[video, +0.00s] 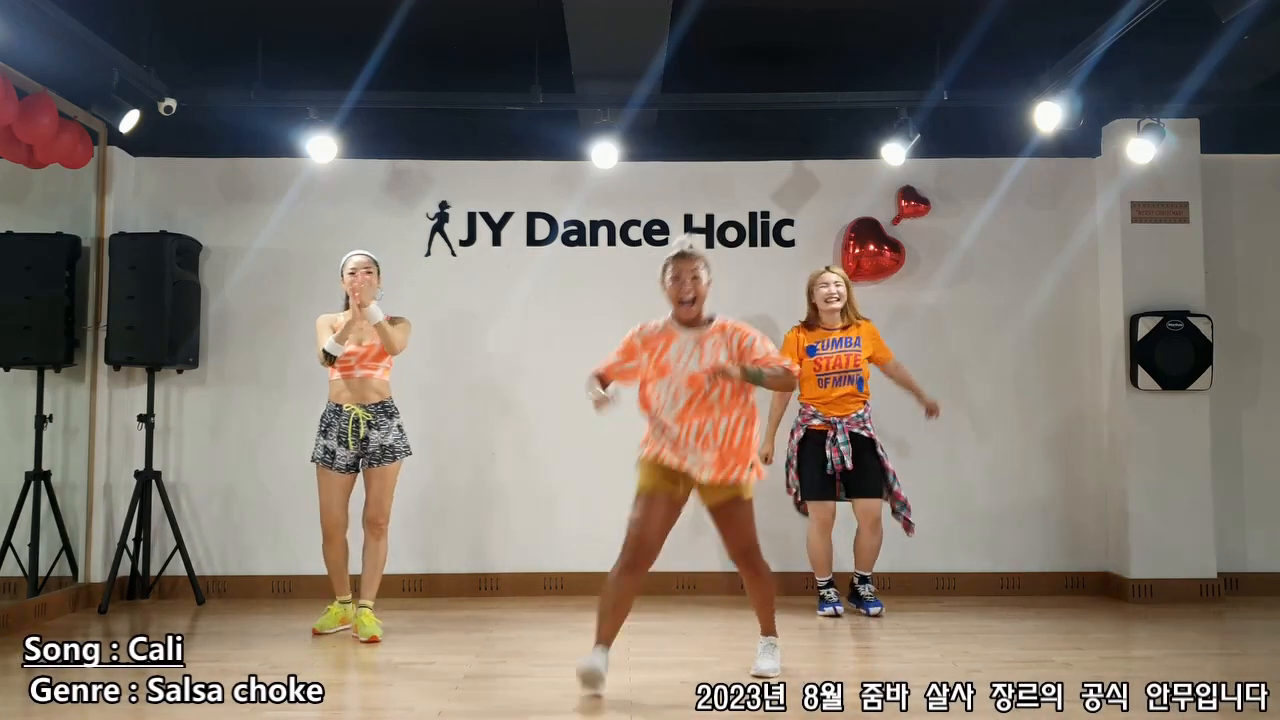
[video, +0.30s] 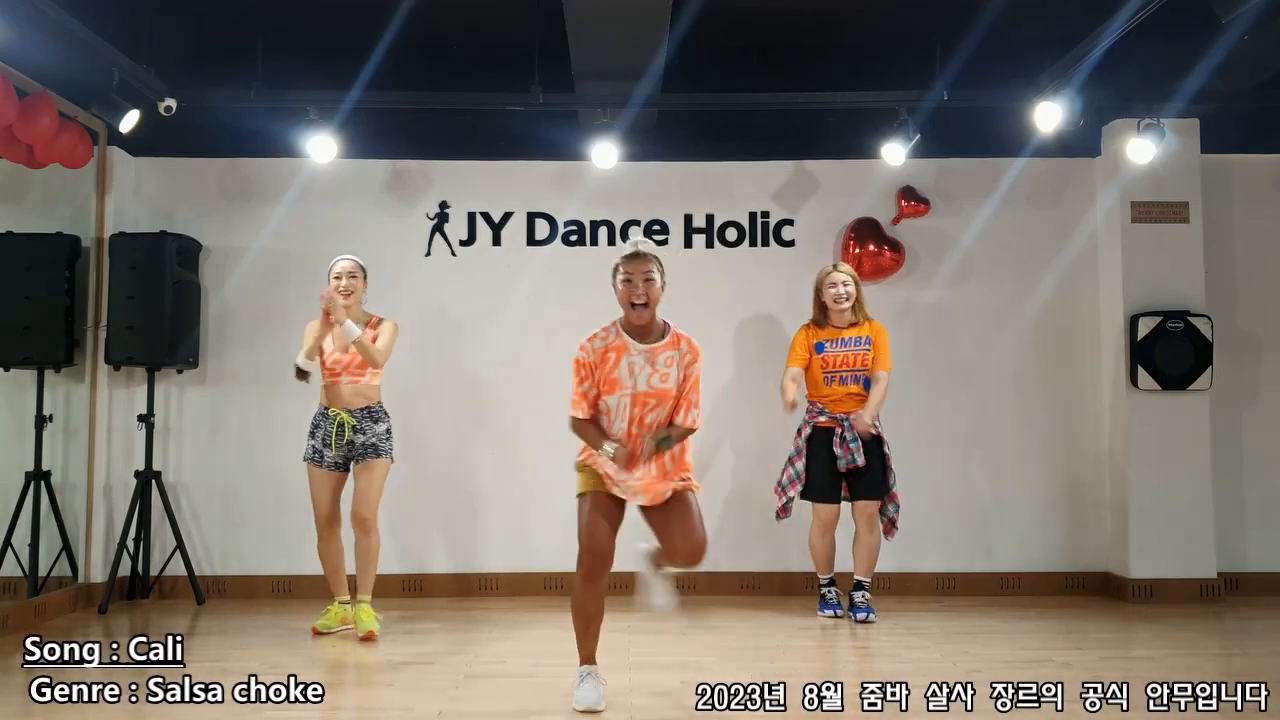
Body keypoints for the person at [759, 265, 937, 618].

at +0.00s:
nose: (832, 289)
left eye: (838, 284)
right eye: (824, 285)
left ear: (847, 292)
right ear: (812, 295)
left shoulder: (864, 331)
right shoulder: (797, 337)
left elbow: (892, 367)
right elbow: (782, 390)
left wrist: (923, 397)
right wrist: (768, 436)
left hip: (857, 431)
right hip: (814, 432)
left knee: (871, 514)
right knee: (822, 514)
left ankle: (863, 586)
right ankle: (826, 590)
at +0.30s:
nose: (840, 289)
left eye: (846, 283)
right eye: (832, 285)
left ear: (856, 291)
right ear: (821, 295)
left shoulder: (874, 331)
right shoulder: (807, 334)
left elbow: (881, 380)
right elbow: (793, 373)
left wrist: (868, 413)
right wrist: (789, 393)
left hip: (863, 431)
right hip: (822, 432)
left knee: (868, 515)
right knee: (826, 516)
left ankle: (861, 592)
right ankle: (827, 590)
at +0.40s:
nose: (843, 287)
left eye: (848, 281)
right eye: (835, 283)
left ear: (859, 289)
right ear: (824, 293)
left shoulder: (877, 329)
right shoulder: (809, 332)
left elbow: (885, 377)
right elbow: (787, 382)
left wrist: (855, 382)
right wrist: (795, 371)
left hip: (865, 429)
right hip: (822, 430)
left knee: (867, 514)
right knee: (823, 512)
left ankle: (861, 592)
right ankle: (828, 584)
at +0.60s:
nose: (839, 286)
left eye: (845, 281)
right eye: (831, 283)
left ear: (857, 288)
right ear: (821, 292)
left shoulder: (873, 323)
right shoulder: (809, 331)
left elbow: (878, 353)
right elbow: (767, 366)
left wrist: (838, 327)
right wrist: (772, 345)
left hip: (865, 428)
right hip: (822, 429)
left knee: (867, 514)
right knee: (819, 510)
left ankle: (861, 592)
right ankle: (829, 590)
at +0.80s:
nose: (819, 290)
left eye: (825, 284)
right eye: (811, 286)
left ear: (836, 291)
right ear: (800, 296)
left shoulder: (854, 324)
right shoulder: (795, 338)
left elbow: (873, 363)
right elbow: (765, 383)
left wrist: (826, 354)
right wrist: (765, 365)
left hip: (865, 428)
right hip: (823, 431)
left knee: (872, 513)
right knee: (822, 514)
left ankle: (863, 593)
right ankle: (830, 593)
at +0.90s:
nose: (812, 294)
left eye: (818, 288)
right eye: (804, 290)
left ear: (828, 298)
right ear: (793, 301)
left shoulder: (844, 331)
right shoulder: (787, 347)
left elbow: (862, 374)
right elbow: (768, 391)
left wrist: (813, 381)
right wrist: (765, 383)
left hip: (865, 426)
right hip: (823, 432)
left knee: (895, 507)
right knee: (818, 512)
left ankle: (885, 580)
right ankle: (829, 592)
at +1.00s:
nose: (810, 297)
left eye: (816, 291)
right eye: (801, 293)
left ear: (826, 299)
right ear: (789, 304)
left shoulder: (839, 327)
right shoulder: (784, 343)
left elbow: (835, 348)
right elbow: (748, 368)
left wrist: (789, 335)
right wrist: (741, 344)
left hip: (866, 425)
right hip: (824, 434)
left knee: (912, 501)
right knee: (813, 511)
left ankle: (929, 570)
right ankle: (829, 593)